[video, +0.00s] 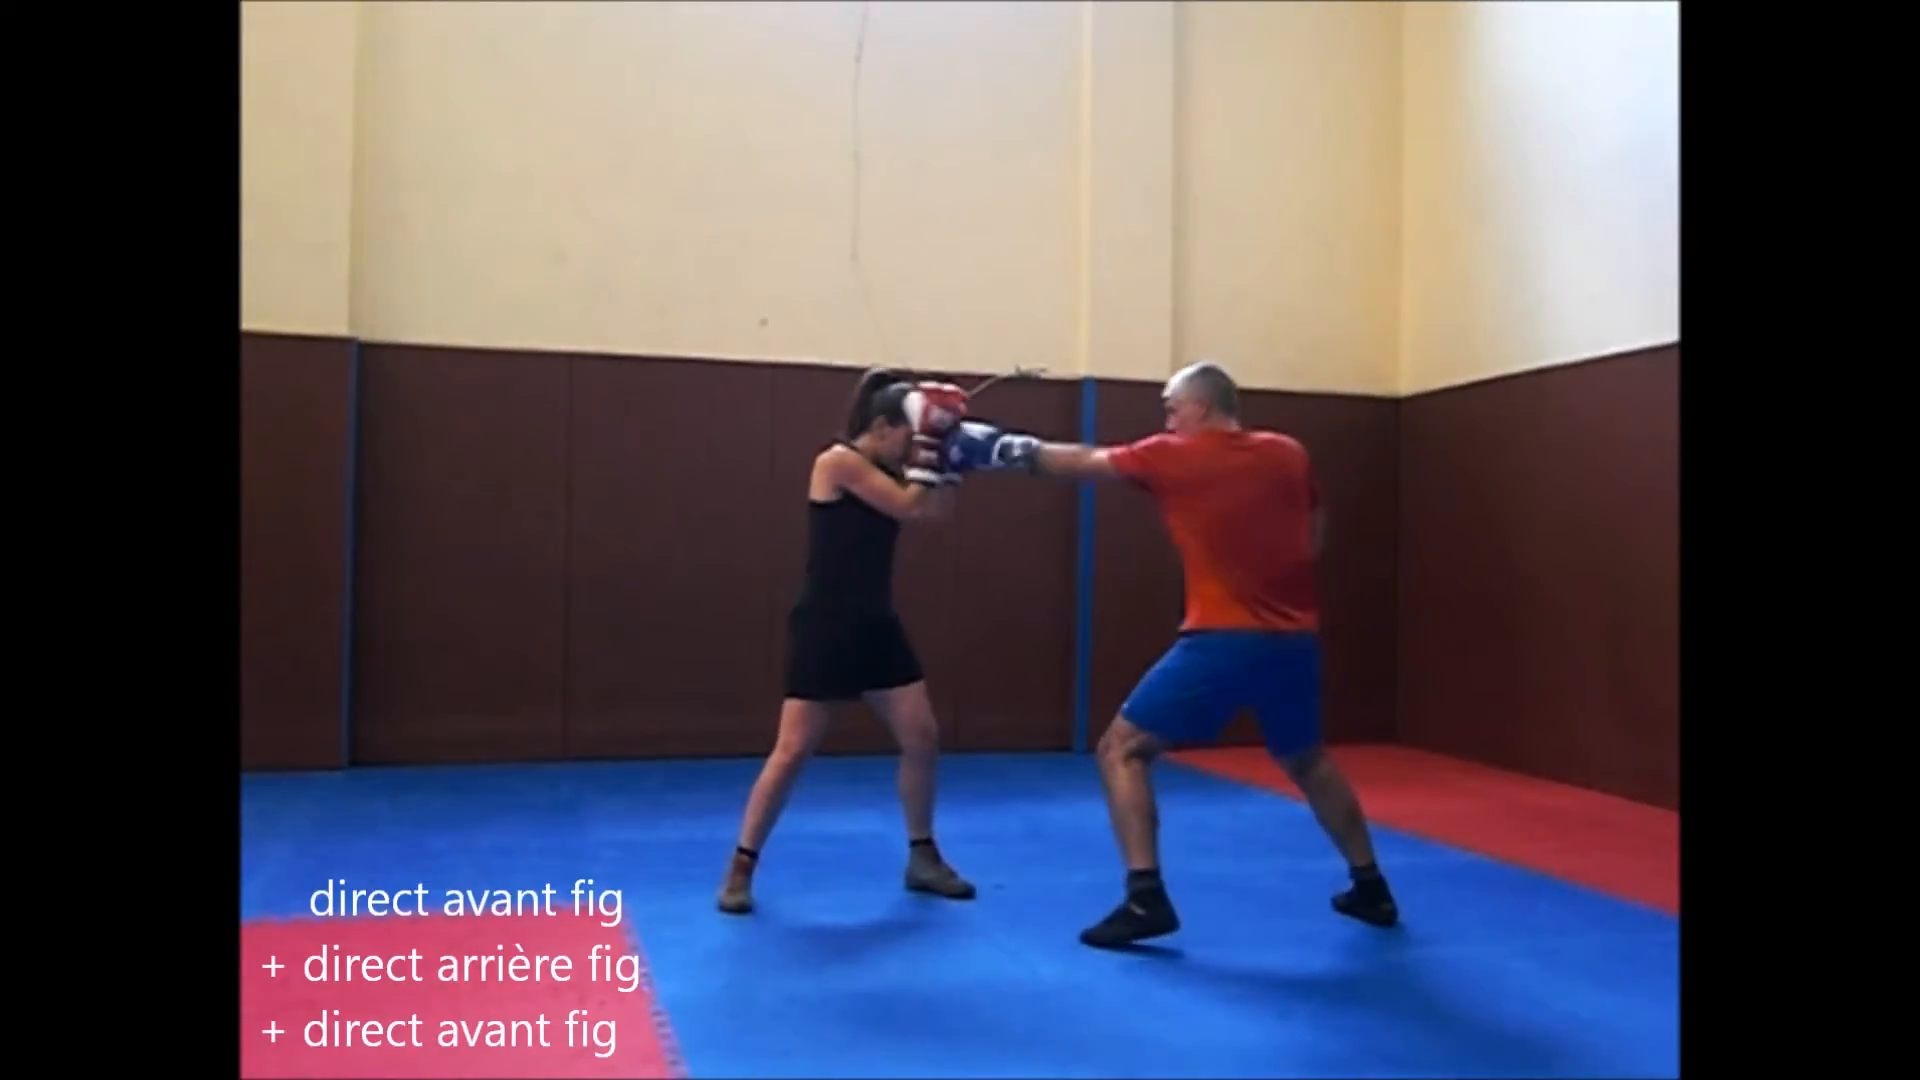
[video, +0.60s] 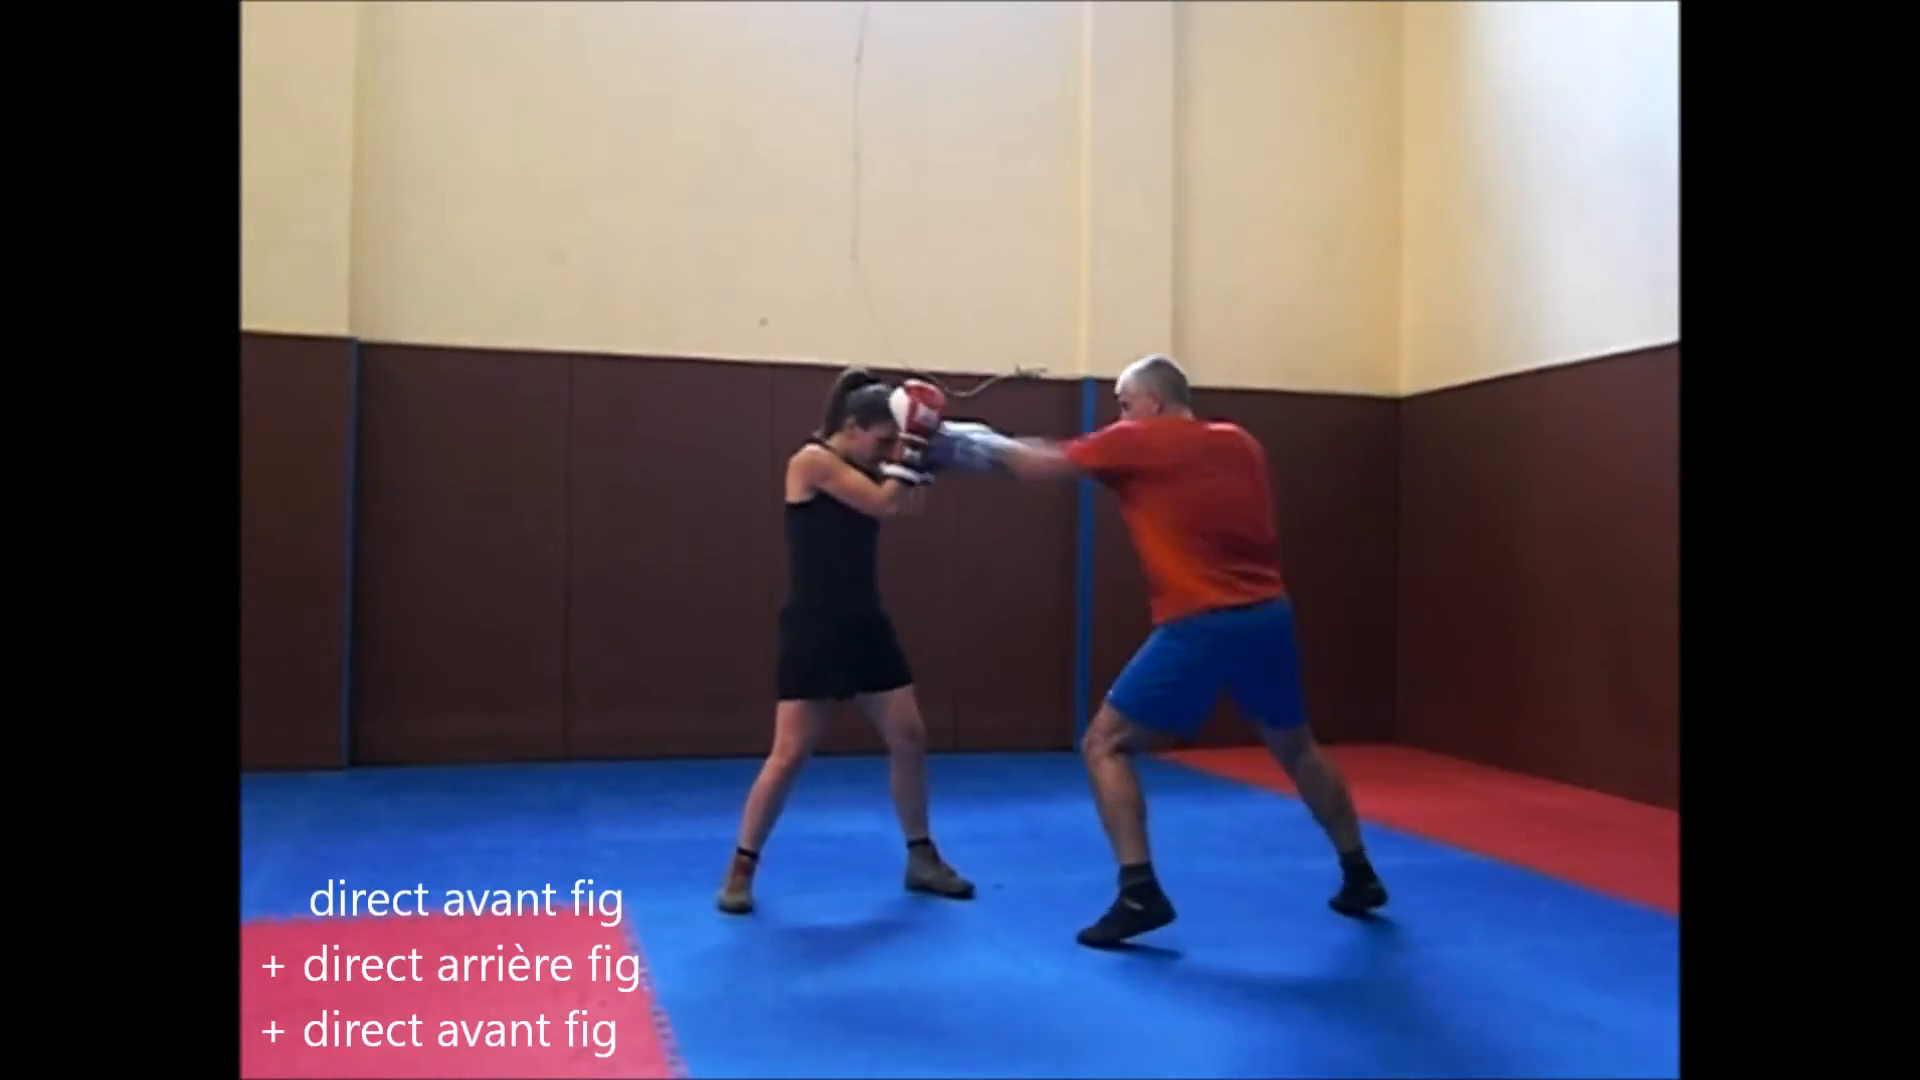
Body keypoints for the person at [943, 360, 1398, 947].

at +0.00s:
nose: (1167, 420)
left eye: (1173, 409)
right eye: (1167, 410)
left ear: (1207, 409)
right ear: (1229, 410)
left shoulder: (1172, 455)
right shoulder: (1290, 452)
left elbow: (1073, 461)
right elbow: (1313, 535)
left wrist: (990, 445)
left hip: (1217, 642)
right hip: (1293, 644)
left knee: (1120, 751)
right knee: (1308, 762)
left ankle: (1146, 899)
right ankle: (1371, 888)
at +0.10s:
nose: (1146, 415)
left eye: (1152, 403)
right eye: (1145, 403)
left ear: (1182, 405)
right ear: (1208, 404)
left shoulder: (1168, 453)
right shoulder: (1267, 453)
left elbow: (1094, 508)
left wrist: (1038, 485)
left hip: (1214, 645)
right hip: (1286, 641)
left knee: (1118, 752)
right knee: (1297, 766)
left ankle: (1148, 906)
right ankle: (1371, 889)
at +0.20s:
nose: (1128, 416)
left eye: (1137, 403)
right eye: (1127, 404)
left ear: (1174, 406)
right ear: (1176, 409)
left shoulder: (1211, 462)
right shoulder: (1194, 458)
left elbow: (1222, 549)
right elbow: (1177, 490)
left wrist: (1138, 528)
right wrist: (1117, 463)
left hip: (1233, 637)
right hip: (1259, 634)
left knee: (1132, 748)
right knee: (1280, 771)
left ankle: (1152, 908)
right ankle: (1369, 887)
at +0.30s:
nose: (1130, 427)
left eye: (1138, 415)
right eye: (1130, 416)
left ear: (1175, 418)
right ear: (1168, 420)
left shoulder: (1241, 473)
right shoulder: (1146, 466)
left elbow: (1284, 554)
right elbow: (1058, 455)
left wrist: (1205, 541)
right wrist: (982, 439)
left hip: (1245, 643)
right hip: (1224, 645)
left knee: (1138, 744)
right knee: (1270, 781)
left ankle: (1153, 911)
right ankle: (1375, 880)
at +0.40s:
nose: (1128, 423)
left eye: (1136, 411)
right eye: (1127, 412)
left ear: (1174, 415)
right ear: (1163, 417)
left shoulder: (1234, 470)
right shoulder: (1146, 467)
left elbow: (1274, 558)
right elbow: (1082, 477)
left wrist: (1197, 540)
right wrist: (1025, 460)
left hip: (1234, 643)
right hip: (1216, 645)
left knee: (1124, 747)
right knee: (1275, 776)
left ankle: (1151, 908)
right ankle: (1376, 877)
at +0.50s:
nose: (1118, 411)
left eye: (1125, 398)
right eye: (1117, 399)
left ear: (1157, 397)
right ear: (1167, 399)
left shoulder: (1185, 446)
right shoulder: (1211, 440)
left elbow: (1170, 526)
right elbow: (1184, 506)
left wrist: (1096, 494)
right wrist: (1124, 476)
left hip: (1206, 630)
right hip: (1259, 624)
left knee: (1104, 744)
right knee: (1289, 756)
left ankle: (1142, 897)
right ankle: (1367, 871)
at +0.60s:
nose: (1120, 416)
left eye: (1126, 405)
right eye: (1120, 406)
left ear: (1157, 403)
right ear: (1183, 403)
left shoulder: (1134, 442)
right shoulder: (1241, 442)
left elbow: (1038, 462)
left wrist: (966, 441)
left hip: (1193, 628)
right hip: (1268, 620)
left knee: (1104, 745)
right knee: (1298, 750)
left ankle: (1139, 893)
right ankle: (1360, 874)